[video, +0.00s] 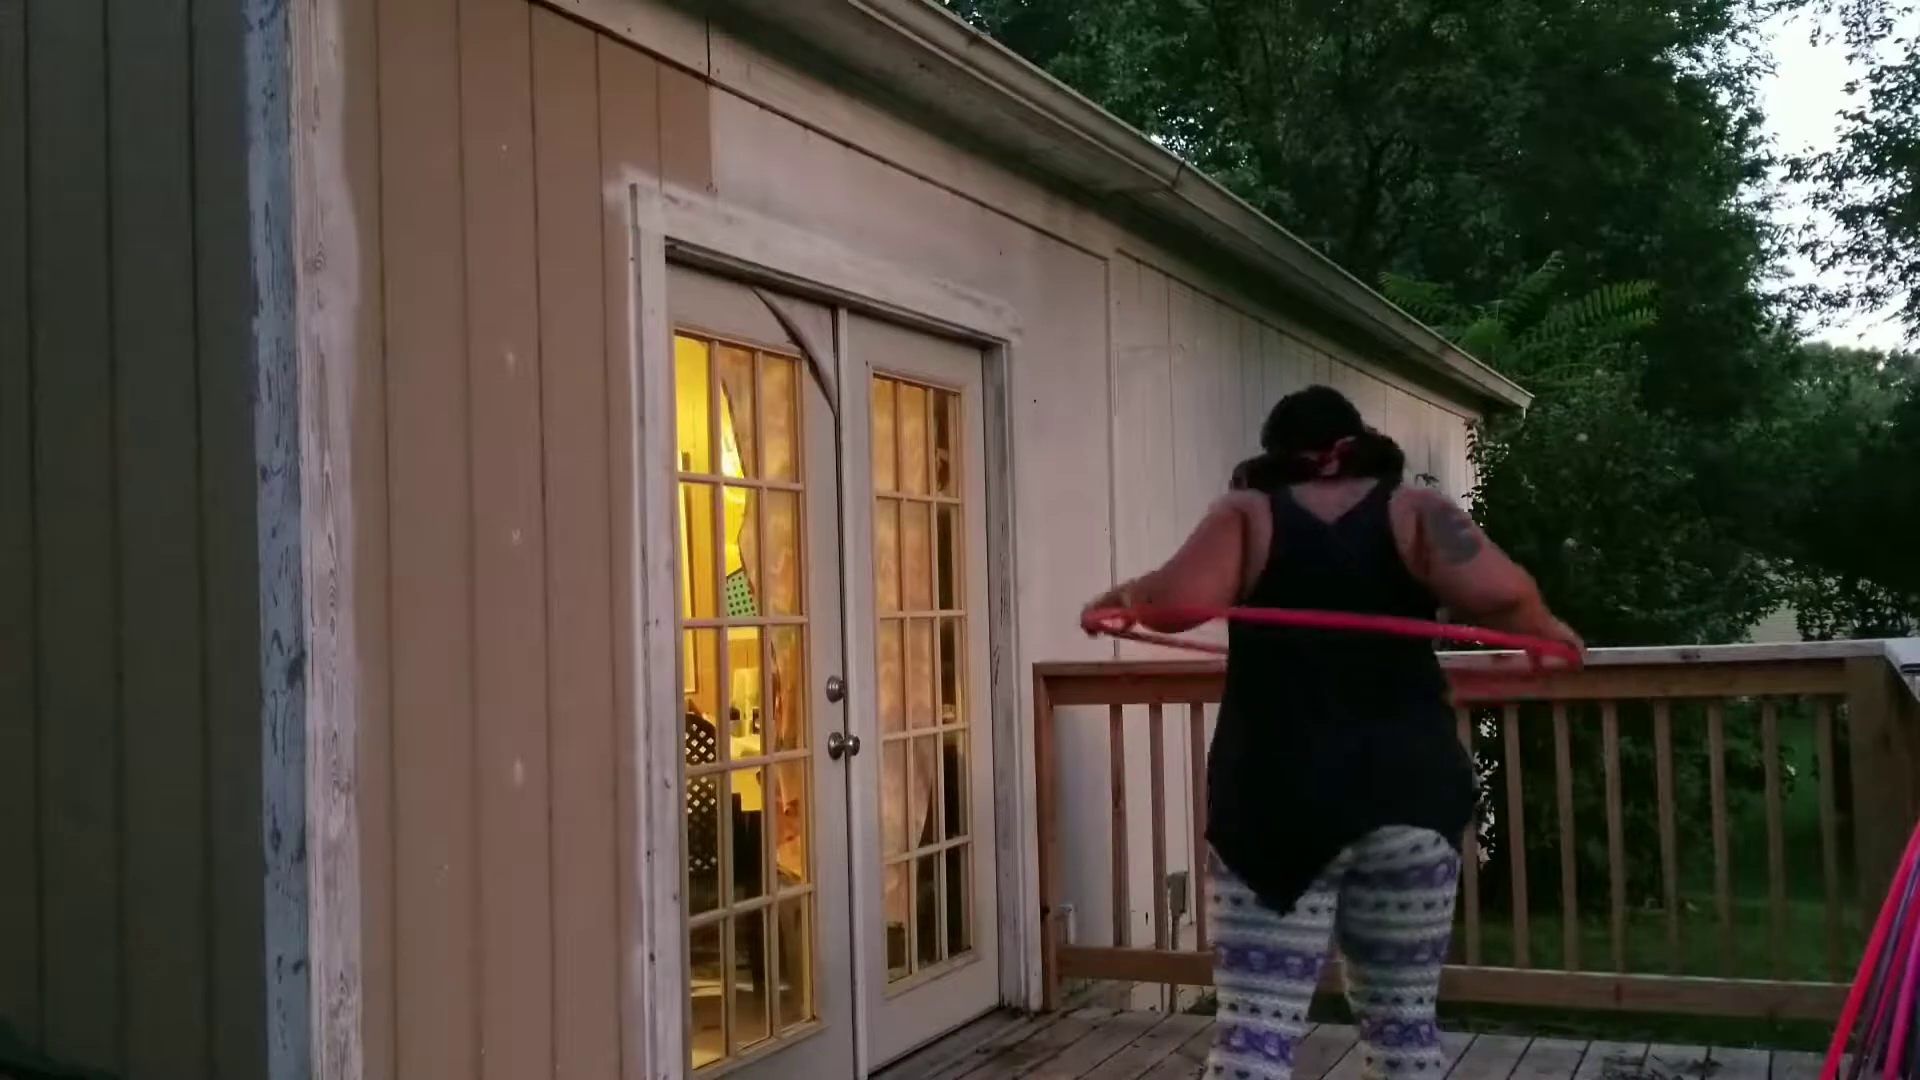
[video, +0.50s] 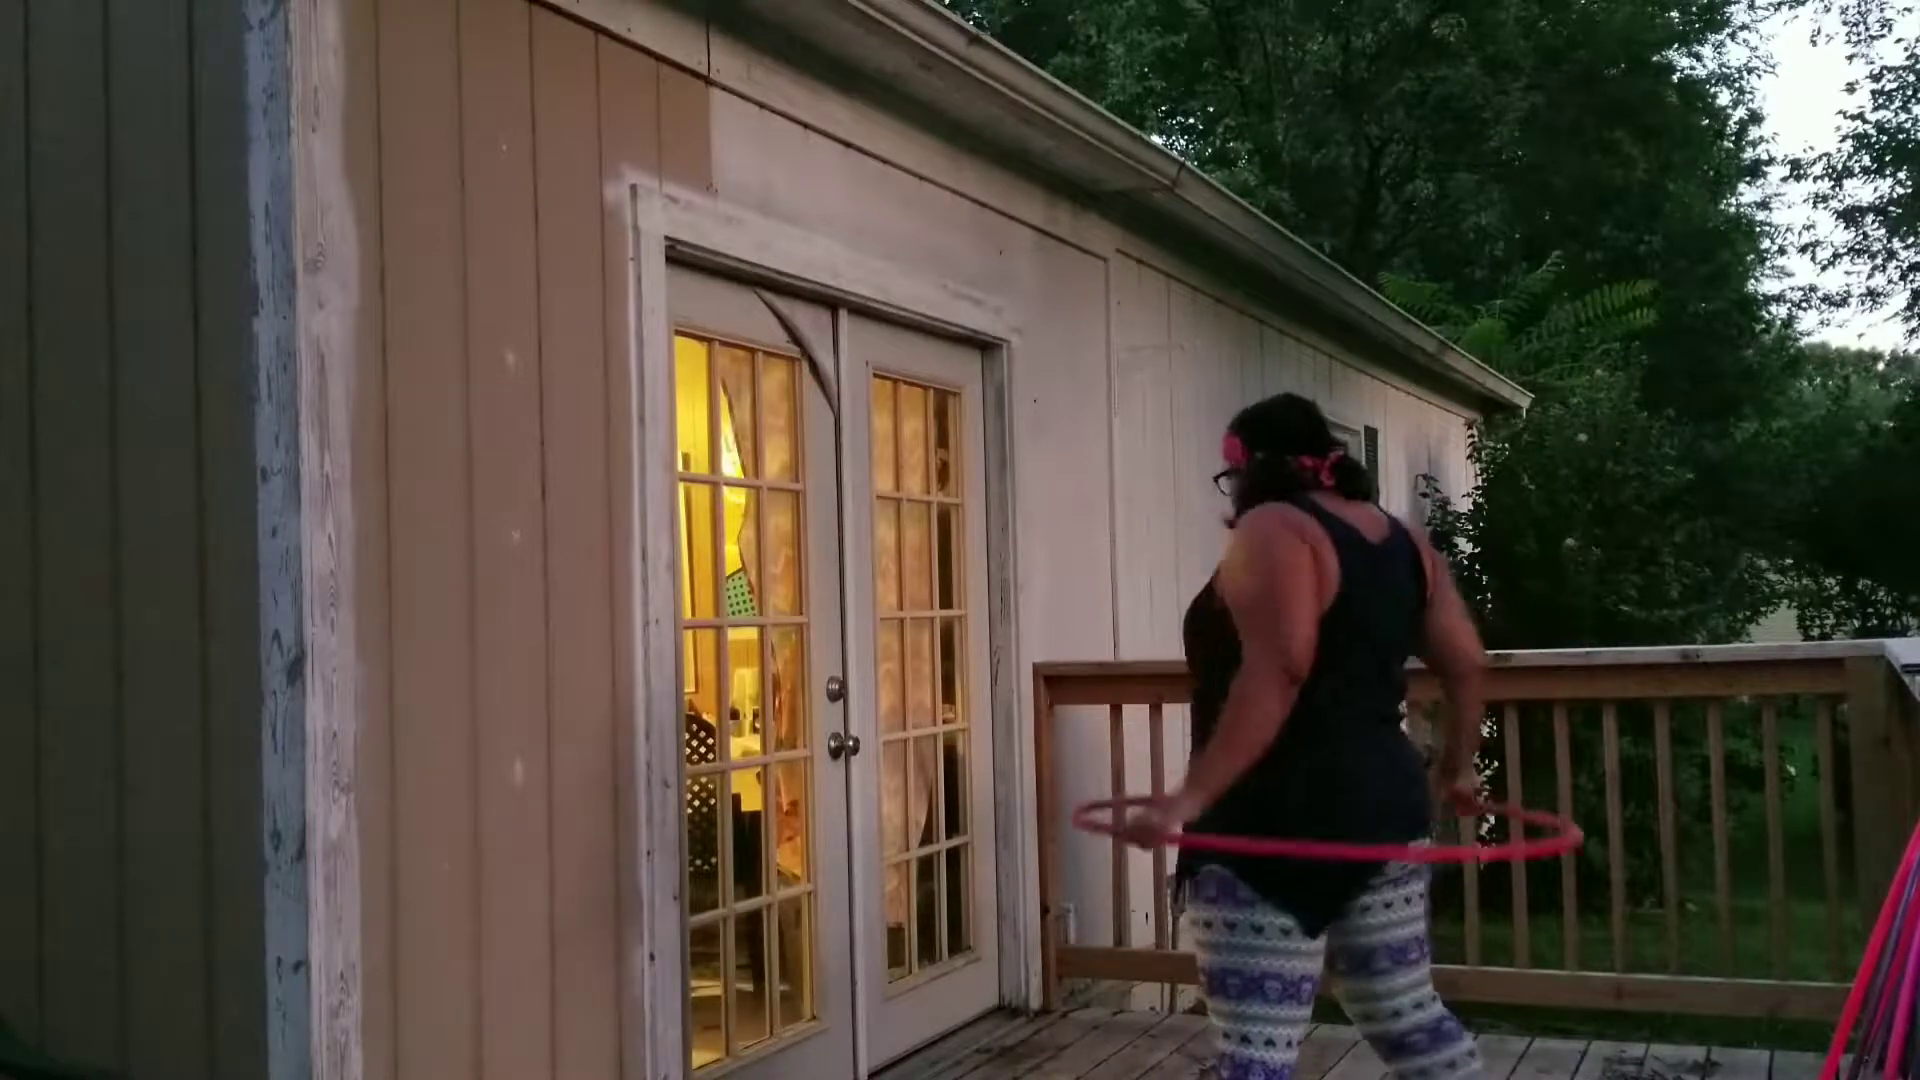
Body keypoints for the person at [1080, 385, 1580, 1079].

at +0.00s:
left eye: (1278, 459)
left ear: (1277, 459)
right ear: (1360, 449)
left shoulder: (1245, 513)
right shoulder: (1420, 509)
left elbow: (1186, 598)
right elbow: (1501, 591)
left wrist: (1130, 595)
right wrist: (1546, 634)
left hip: (1277, 801)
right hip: (1411, 795)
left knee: (1255, 1033)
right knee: (1405, 1024)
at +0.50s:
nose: (1233, 495)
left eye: (1236, 477)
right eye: (1230, 479)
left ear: (1263, 467)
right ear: (1327, 462)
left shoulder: (1272, 529)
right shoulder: (1403, 538)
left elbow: (1275, 669)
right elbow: (1466, 663)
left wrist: (1185, 798)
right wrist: (1458, 768)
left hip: (1265, 831)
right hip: (1384, 819)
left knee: (1254, 1059)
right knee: (1409, 1018)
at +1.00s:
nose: (1277, 482)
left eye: (1293, 468)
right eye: (1281, 466)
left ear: (1346, 481)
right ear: (1350, 481)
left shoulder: (1379, 572)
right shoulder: (1378, 562)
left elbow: (1373, 722)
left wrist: (1342, 864)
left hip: (1305, 859)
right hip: (1372, 855)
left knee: (1274, 1063)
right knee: (1425, 1043)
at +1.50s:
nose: (1149, 540)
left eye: (1158, 520)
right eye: (1145, 524)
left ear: (1208, 500)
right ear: (1206, 503)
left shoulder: (1268, 539)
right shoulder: (1239, 577)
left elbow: (1401, 585)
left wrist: (1354, 717)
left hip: (1318, 845)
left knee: (1281, 1061)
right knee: (1422, 1039)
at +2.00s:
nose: (1195, 602)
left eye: (1193, 582)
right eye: (1184, 588)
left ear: (1225, 547)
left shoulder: (1323, 564)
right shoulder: (1270, 606)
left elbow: (1385, 701)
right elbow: (1300, 745)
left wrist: (1369, 846)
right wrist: (1266, 872)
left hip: (1337, 876)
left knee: (1294, 1062)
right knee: (1391, 1049)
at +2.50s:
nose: (1299, 546)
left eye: (1310, 527)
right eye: (1294, 531)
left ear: (1365, 512)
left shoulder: (1421, 580)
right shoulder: (1346, 596)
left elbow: (1427, 737)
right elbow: (1318, 734)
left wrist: (1404, 874)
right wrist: (1274, 836)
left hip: (1354, 880)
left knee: (1297, 1061)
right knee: (1377, 1055)